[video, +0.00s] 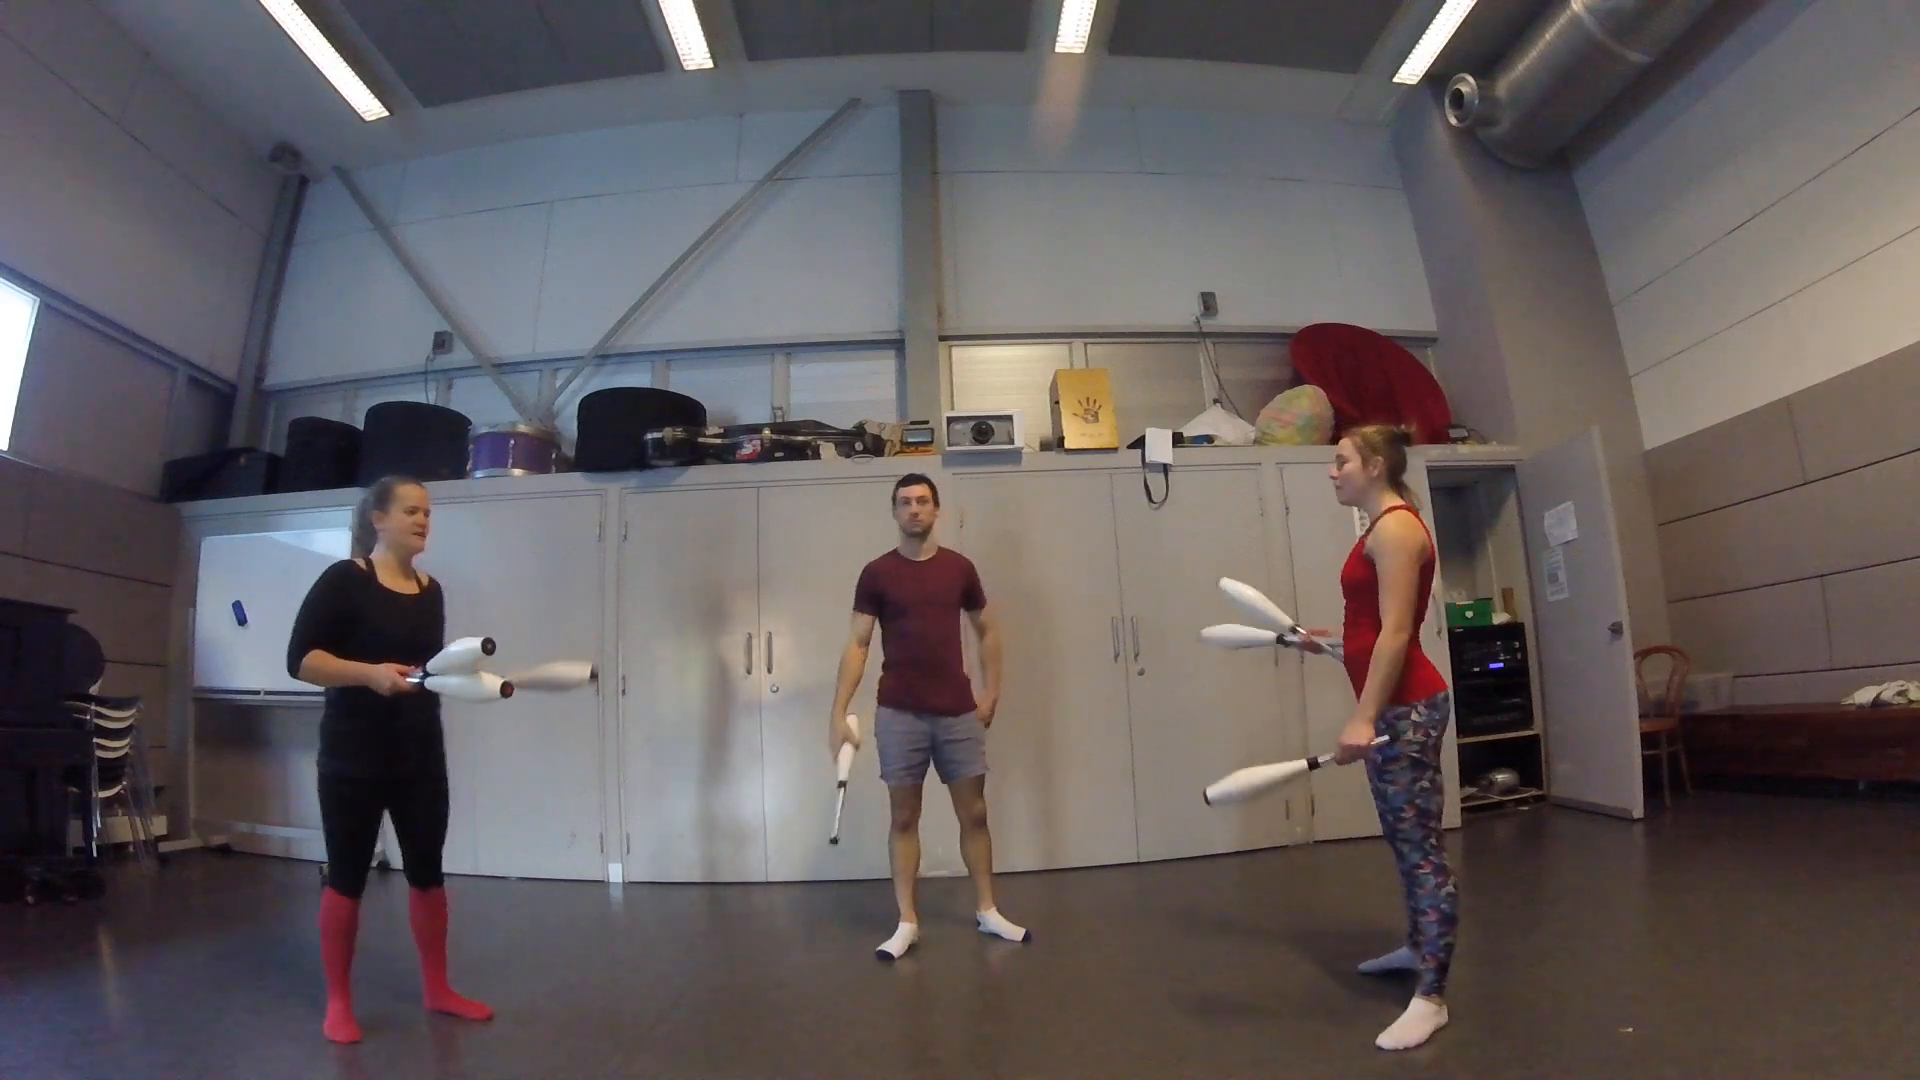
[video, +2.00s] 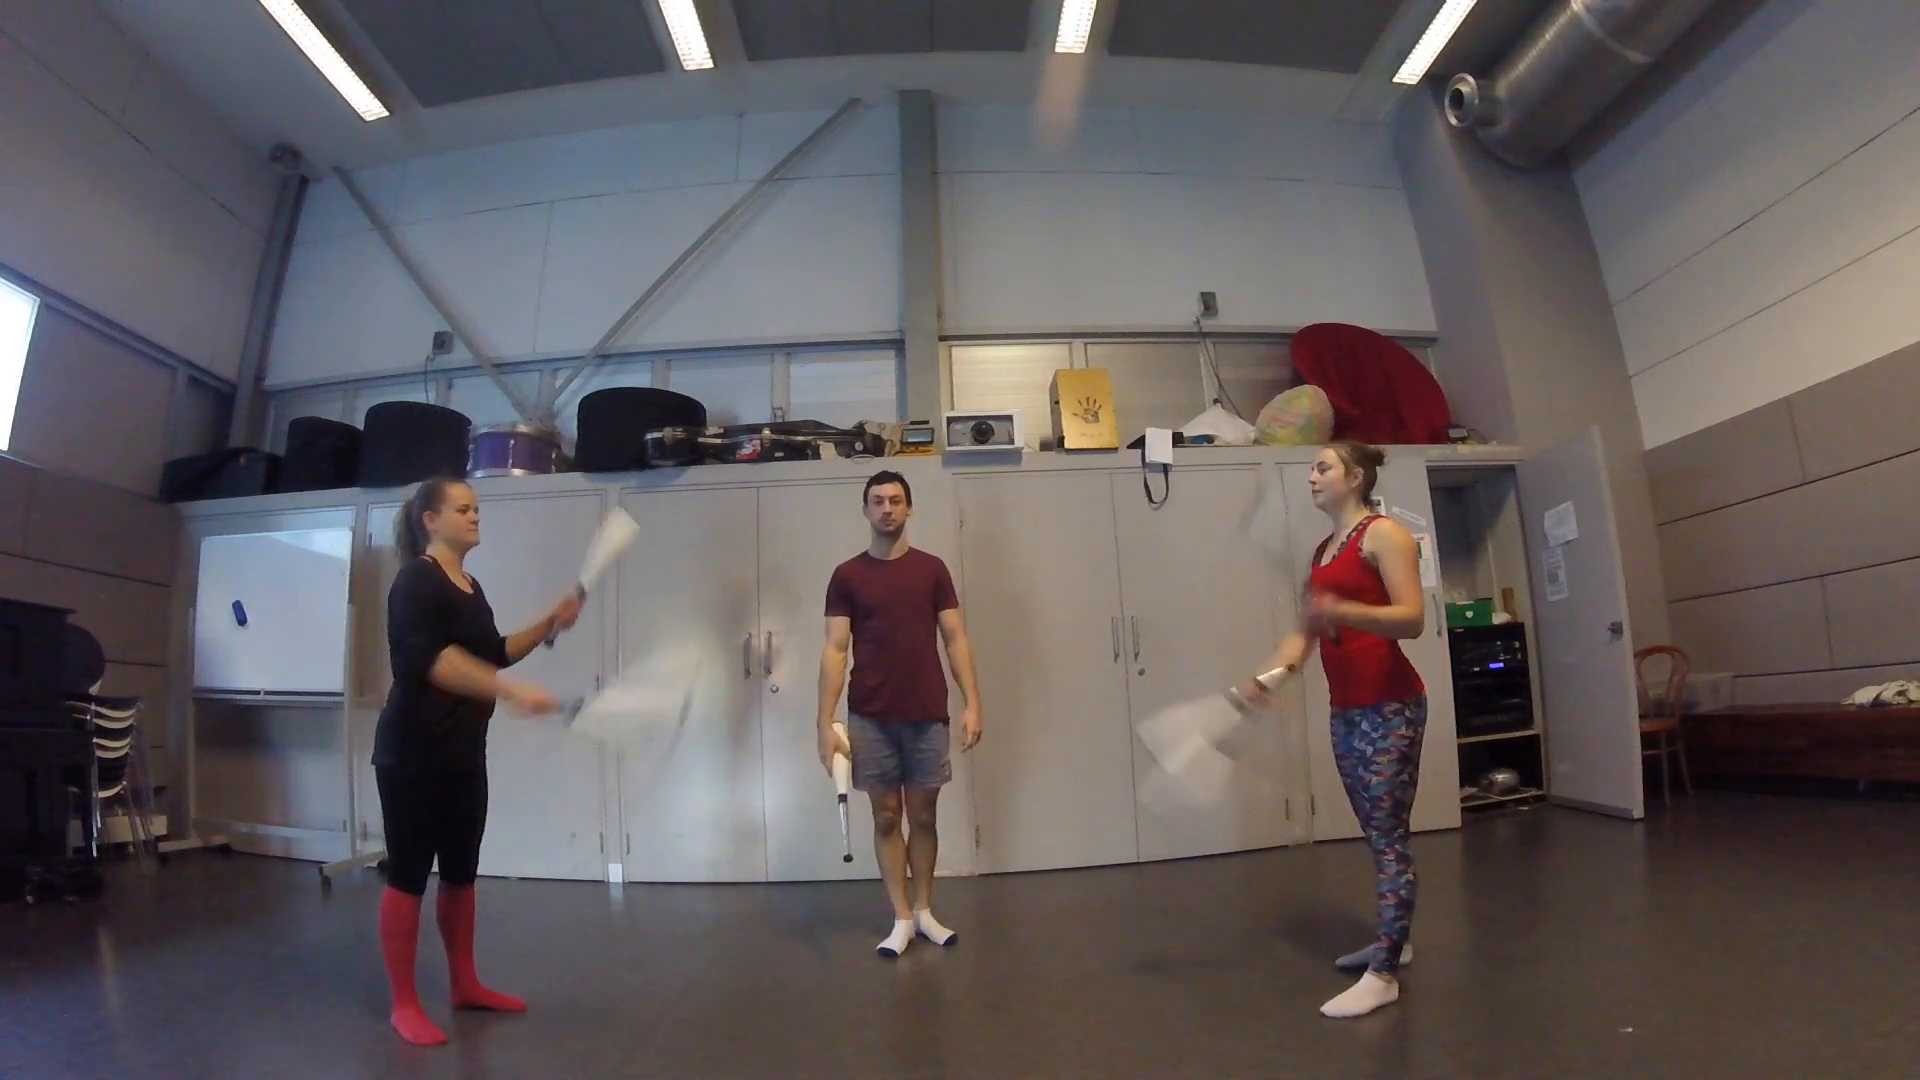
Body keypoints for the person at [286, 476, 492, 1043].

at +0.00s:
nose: (425, 522)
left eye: (427, 513)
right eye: (413, 512)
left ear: (424, 522)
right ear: (378, 518)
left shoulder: (429, 589)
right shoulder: (342, 580)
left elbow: (434, 667)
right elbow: (301, 660)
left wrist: (478, 681)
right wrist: (368, 673)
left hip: (419, 752)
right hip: (352, 753)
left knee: (427, 872)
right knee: (346, 877)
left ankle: (438, 990)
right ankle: (338, 1001)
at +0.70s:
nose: (437, 528)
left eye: (438, 520)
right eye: (426, 518)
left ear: (430, 529)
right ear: (390, 525)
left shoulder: (433, 593)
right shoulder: (364, 586)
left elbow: (450, 668)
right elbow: (356, 657)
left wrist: (508, 653)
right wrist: (429, 643)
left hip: (440, 755)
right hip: (381, 759)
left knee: (453, 872)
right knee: (380, 882)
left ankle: (465, 986)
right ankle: (342, 997)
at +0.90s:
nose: (451, 523)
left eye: (451, 515)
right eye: (439, 514)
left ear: (447, 529)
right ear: (403, 524)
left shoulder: (448, 593)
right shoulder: (380, 581)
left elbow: (493, 646)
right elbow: (403, 626)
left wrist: (530, 597)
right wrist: (457, 569)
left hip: (454, 750)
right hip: (401, 754)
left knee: (459, 871)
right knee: (424, 876)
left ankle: (465, 985)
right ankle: (394, 1000)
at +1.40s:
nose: (460, 519)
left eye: (461, 511)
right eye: (449, 510)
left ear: (454, 523)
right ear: (413, 519)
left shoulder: (460, 588)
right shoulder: (389, 582)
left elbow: (503, 646)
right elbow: (418, 643)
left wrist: (531, 596)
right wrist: (490, 610)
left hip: (457, 750)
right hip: (402, 753)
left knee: (458, 871)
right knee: (403, 875)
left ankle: (465, 986)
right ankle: (404, 1004)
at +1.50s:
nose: (465, 519)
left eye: (465, 510)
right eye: (454, 510)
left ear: (458, 522)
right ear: (417, 519)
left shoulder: (462, 586)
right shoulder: (395, 582)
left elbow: (505, 645)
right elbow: (400, 660)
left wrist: (536, 590)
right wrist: (481, 671)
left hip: (457, 748)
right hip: (402, 751)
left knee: (457, 871)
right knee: (403, 875)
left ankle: (465, 986)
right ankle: (404, 1005)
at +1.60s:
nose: (469, 518)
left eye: (470, 510)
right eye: (458, 510)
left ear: (463, 523)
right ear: (422, 520)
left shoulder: (467, 587)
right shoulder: (401, 584)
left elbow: (508, 644)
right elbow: (391, 669)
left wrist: (538, 587)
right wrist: (455, 723)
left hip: (461, 749)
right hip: (405, 751)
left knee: (457, 872)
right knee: (404, 876)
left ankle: (465, 986)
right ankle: (404, 1006)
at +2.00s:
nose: (476, 519)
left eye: (476, 510)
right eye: (465, 510)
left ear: (467, 521)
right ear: (429, 520)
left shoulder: (468, 585)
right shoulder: (415, 583)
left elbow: (492, 656)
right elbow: (434, 661)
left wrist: (549, 625)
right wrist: (513, 691)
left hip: (462, 750)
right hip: (412, 753)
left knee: (459, 869)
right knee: (408, 873)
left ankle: (466, 987)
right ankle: (404, 1006)